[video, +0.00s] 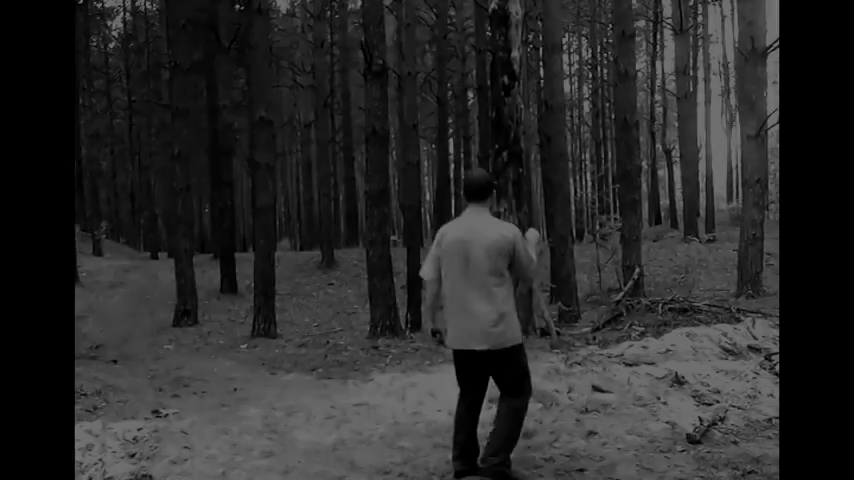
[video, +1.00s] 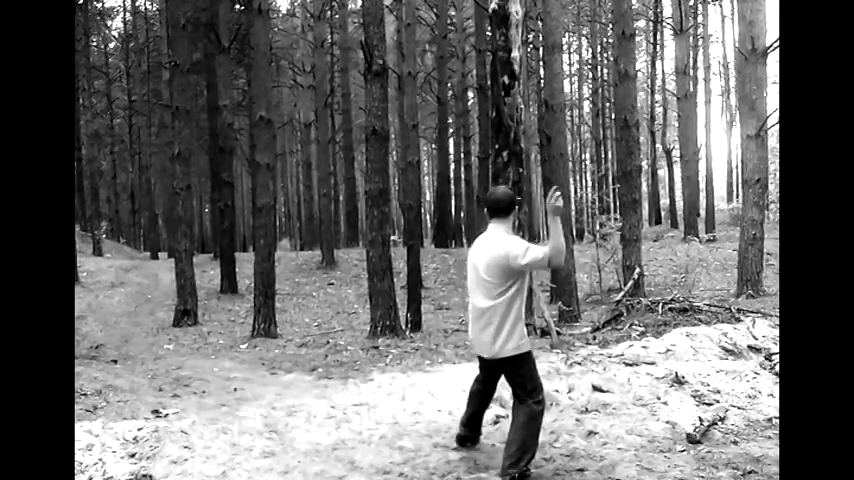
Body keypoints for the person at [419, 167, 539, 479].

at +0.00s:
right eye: (491, 191)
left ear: (464, 195)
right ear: (492, 194)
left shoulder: (445, 234)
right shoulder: (507, 232)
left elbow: (430, 282)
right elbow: (527, 275)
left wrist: (430, 322)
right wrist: (531, 243)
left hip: (461, 335)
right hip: (501, 335)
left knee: (470, 396)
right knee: (517, 393)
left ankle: (463, 463)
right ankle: (495, 461)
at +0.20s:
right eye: (501, 193)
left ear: (474, 197)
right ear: (503, 197)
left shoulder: (459, 237)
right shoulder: (520, 235)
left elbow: (444, 285)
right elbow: (542, 273)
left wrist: (446, 324)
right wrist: (542, 240)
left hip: (477, 337)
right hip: (517, 337)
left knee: (478, 398)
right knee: (522, 403)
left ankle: (467, 465)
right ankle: (517, 468)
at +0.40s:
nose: (517, 197)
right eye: (516, 193)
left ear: (484, 198)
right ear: (514, 197)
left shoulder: (468, 237)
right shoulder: (523, 235)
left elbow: (456, 287)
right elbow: (554, 269)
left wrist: (464, 321)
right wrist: (554, 236)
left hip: (486, 332)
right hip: (521, 333)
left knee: (497, 391)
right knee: (528, 400)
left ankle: (485, 458)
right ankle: (517, 467)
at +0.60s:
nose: (523, 195)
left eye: (518, 191)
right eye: (522, 192)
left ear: (488, 198)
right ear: (518, 196)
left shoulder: (473, 236)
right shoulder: (524, 237)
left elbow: (464, 281)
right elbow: (559, 271)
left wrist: (482, 309)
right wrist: (563, 237)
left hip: (488, 334)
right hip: (520, 336)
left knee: (501, 394)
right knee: (529, 401)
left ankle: (489, 458)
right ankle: (517, 468)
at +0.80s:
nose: (519, 199)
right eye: (518, 195)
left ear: (488, 201)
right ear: (517, 200)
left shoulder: (476, 237)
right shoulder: (516, 239)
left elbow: (471, 283)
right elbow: (561, 259)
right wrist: (572, 223)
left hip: (489, 334)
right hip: (517, 336)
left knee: (501, 386)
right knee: (531, 400)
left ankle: (489, 448)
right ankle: (516, 469)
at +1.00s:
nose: (520, 209)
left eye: (517, 205)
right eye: (519, 206)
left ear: (488, 212)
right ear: (516, 211)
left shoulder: (479, 244)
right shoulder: (510, 248)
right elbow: (556, 258)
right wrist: (555, 216)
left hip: (482, 339)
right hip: (509, 342)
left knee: (485, 381)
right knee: (531, 400)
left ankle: (467, 434)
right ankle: (515, 469)